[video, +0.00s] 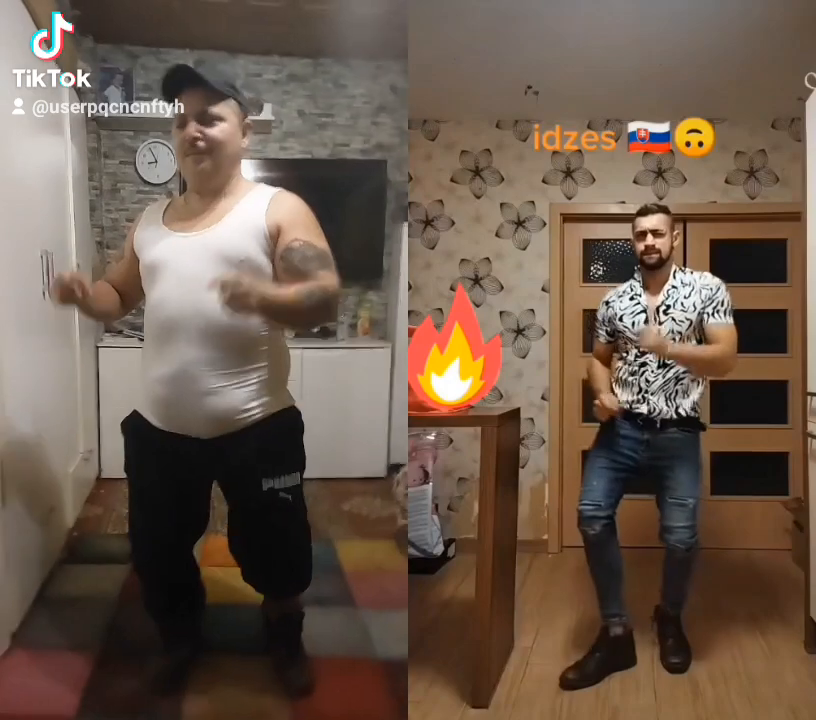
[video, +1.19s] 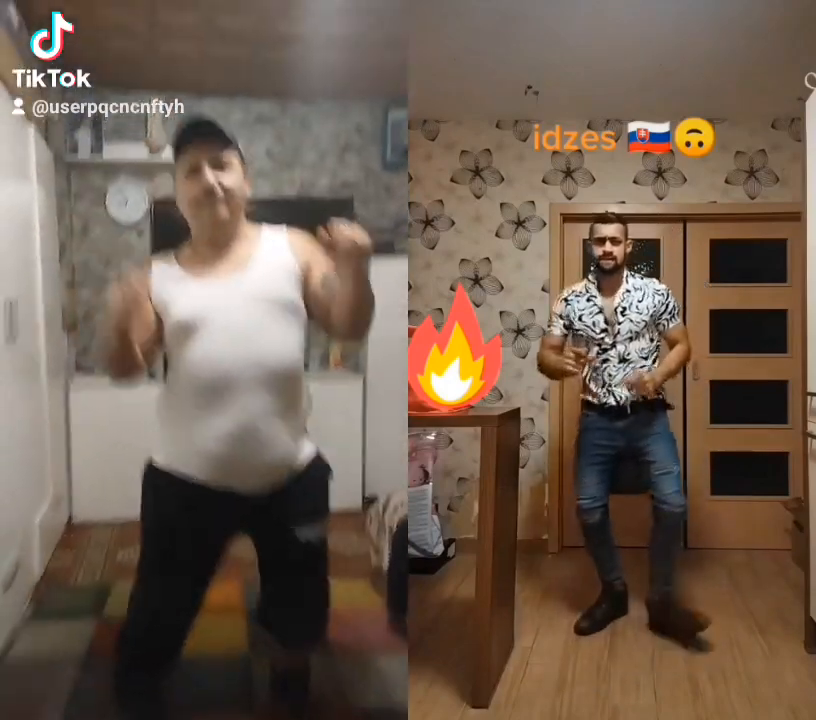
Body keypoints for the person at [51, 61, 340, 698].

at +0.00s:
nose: (193, 132)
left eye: (211, 120)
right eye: (184, 121)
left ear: (244, 134)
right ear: (174, 135)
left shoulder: (278, 209)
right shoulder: (151, 222)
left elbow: (324, 294)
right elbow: (116, 297)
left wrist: (265, 296)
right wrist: (84, 292)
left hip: (256, 424)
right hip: (162, 426)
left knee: (278, 552)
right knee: (159, 556)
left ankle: (286, 642)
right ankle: (179, 648)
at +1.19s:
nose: (210, 181)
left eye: (221, 164)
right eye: (194, 172)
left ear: (246, 176)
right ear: (176, 193)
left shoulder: (293, 248)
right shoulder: (158, 276)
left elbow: (350, 326)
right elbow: (123, 368)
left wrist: (353, 267)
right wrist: (120, 322)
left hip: (288, 480)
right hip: (186, 483)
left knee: (299, 627)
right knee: (152, 633)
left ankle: (292, 703)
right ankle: (136, 705)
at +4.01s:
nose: (274, 176)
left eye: (286, 164)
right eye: (262, 166)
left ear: (309, 176)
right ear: (246, 180)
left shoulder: (337, 242)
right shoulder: (218, 248)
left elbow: (367, 320)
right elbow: (180, 312)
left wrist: (317, 331)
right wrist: (158, 328)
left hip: (294, 441)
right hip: (206, 433)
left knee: (297, 563)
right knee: (175, 548)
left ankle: (300, 640)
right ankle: (144, 642)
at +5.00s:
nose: (182, 208)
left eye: (192, 190)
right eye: (159, 203)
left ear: (221, 201)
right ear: (143, 233)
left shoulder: (297, 249)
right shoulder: (162, 331)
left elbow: (389, 301)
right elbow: (159, 446)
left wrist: (400, 264)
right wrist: (163, 419)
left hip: (395, 489)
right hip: (297, 537)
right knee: (357, 687)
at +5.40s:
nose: (122, 229)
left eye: (136, 213)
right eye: (99, 219)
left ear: (159, 229)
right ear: (73, 246)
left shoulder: (220, 297)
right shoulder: (64, 362)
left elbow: (308, 390)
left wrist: (304, 350)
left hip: (305, 588)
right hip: (169, 630)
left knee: (372, 706)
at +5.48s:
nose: (118, 211)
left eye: (134, 193)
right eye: (95, 197)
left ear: (159, 211)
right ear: (69, 220)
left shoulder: (215, 291)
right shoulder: (46, 340)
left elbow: (297, 394)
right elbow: (21, 439)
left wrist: (276, 356)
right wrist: (9, 469)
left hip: (262, 590)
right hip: (120, 612)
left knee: (327, 710)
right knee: (122, 711)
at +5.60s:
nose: (138, 165)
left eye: (158, 148)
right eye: (118, 150)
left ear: (191, 171)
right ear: (92, 175)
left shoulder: (228, 267)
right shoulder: (46, 284)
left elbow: (290, 381)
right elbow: (3, 378)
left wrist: (223, 325)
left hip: (215, 577)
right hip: (71, 580)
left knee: (249, 713)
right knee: (60, 712)